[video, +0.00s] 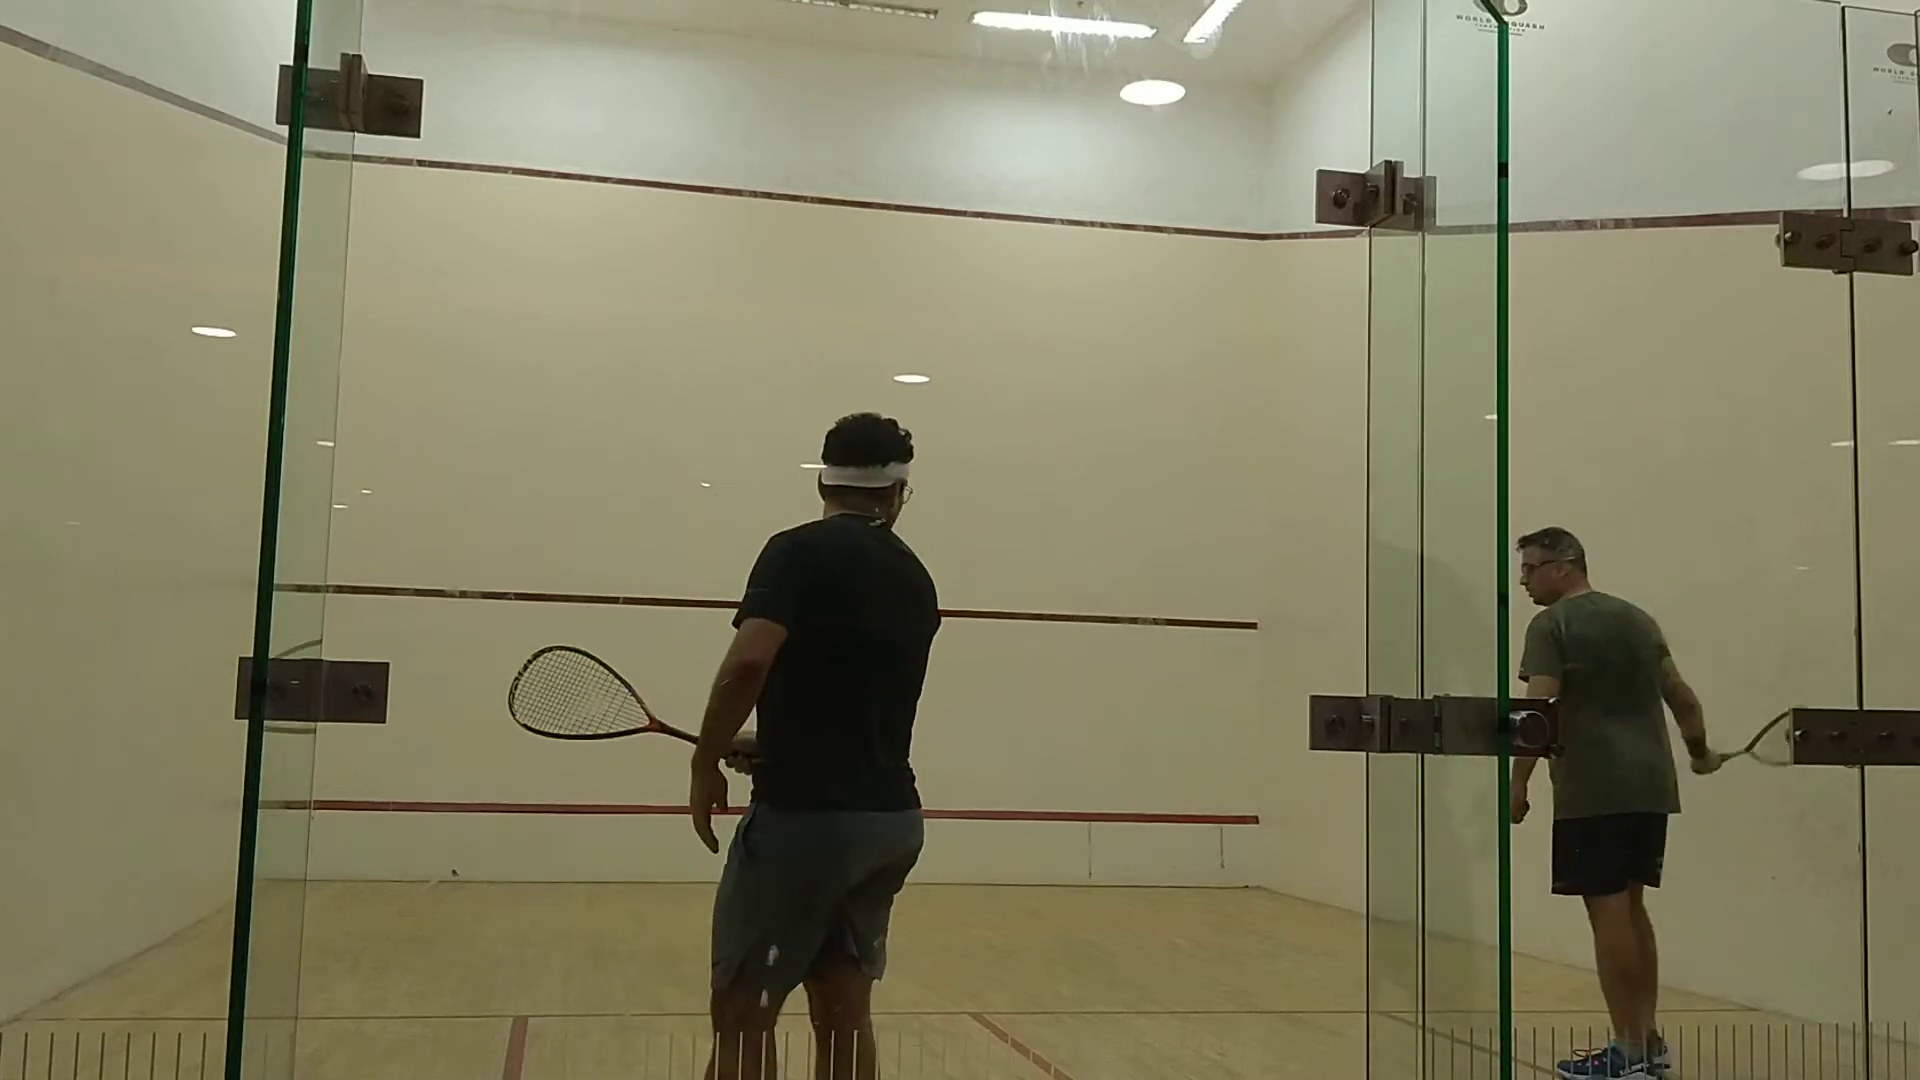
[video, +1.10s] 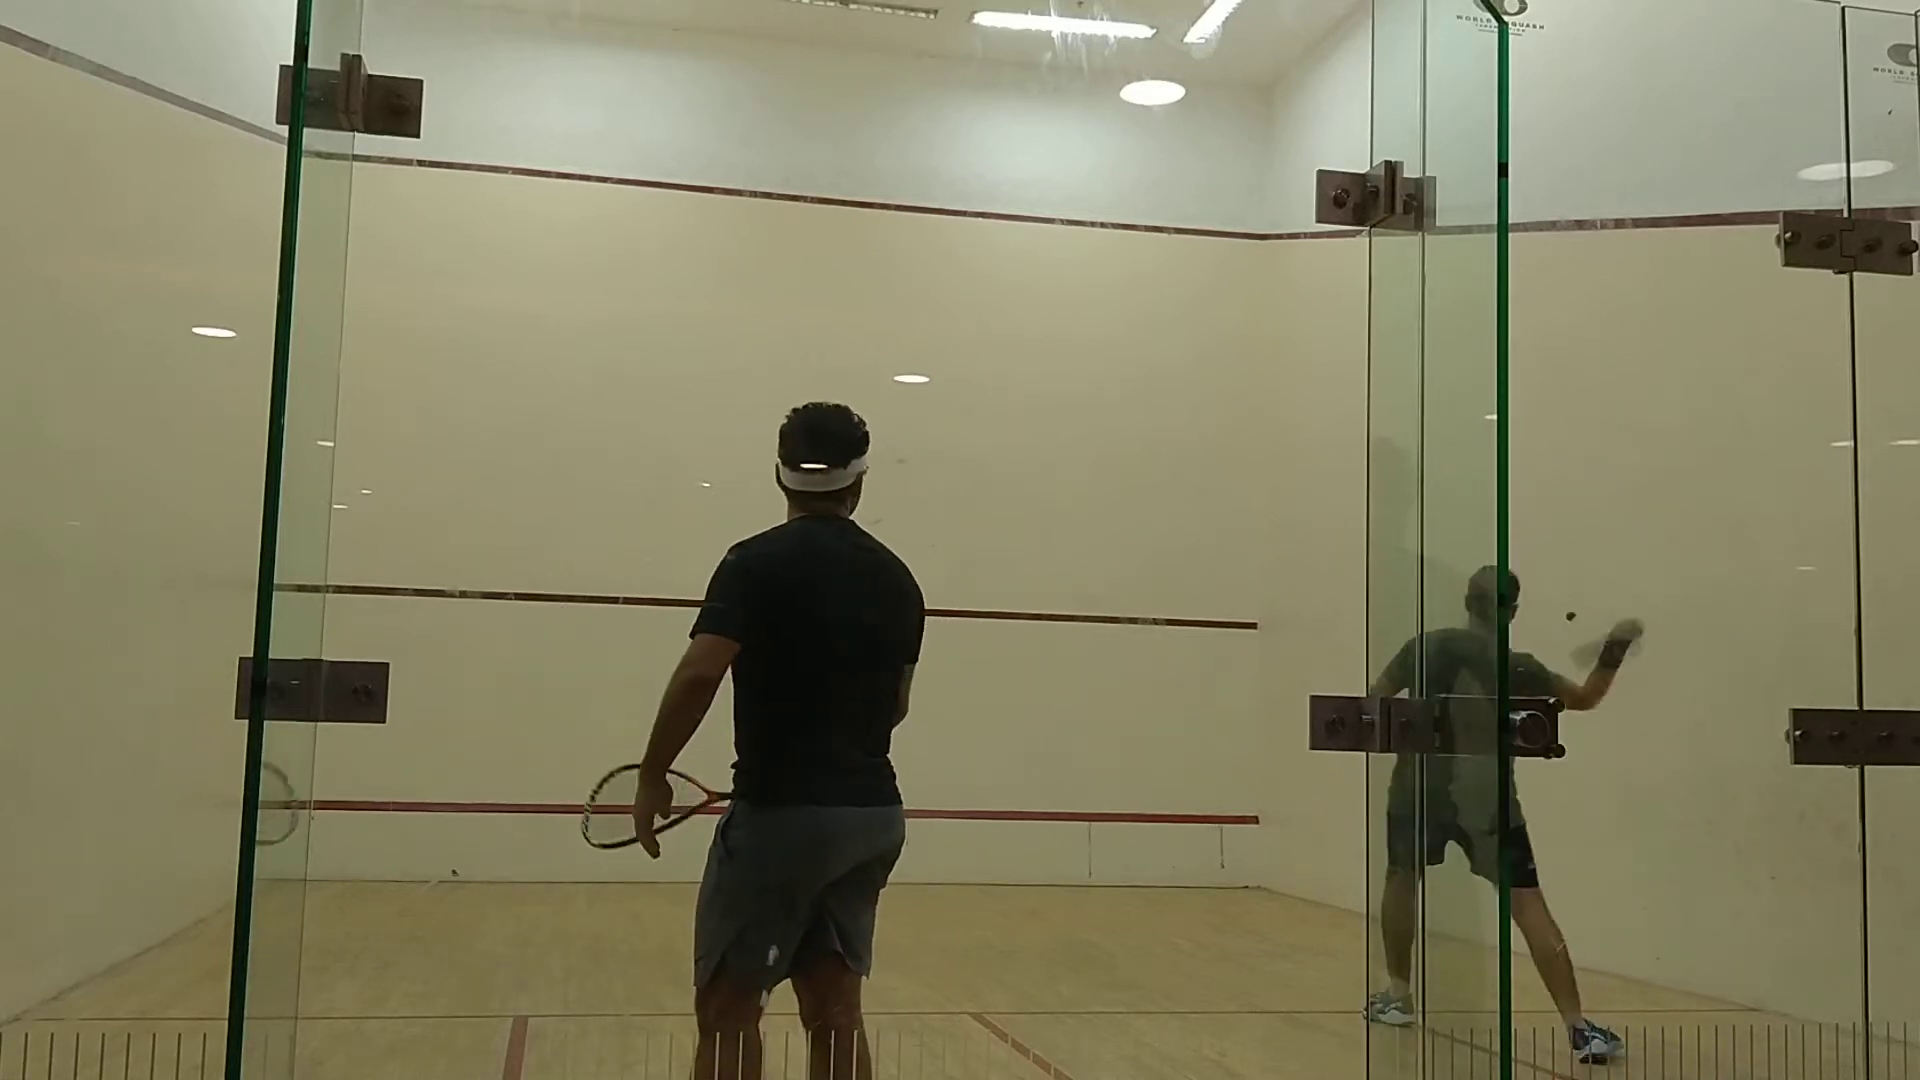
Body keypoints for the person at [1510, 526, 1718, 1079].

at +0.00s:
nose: (1524, 583)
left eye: (1529, 571)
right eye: (1523, 572)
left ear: (1564, 566)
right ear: (1576, 568)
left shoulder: (1550, 625)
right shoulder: (1637, 618)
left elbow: (1538, 713)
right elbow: (1682, 697)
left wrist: (1518, 783)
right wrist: (1699, 748)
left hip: (1592, 798)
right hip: (1650, 794)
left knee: (1609, 918)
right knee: (1633, 907)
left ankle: (1628, 1052)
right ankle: (1646, 1042)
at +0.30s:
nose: (1530, 581)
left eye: (1531, 572)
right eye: (1532, 571)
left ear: (1541, 572)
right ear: (1582, 570)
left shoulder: (1527, 633)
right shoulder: (1625, 624)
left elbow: (1513, 722)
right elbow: (1689, 684)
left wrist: (1484, 789)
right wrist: (1728, 679)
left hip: (1568, 803)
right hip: (1632, 798)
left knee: (1598, 929)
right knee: (1608, 923)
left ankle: (1630, 1053)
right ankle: (1598, 1046)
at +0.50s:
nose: (1533, 581)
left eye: (1534, 574)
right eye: (1538, 573)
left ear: (1541, 577)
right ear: (1585, 576)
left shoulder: (1512, 638)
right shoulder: (1620, 630)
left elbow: (1484, 716)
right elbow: (1690, 687)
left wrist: (1476, 783)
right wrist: (1717, 653)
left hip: (1540, 804)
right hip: (1613, 802)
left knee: (1538, 907)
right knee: (1603, 908)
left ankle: (1604, 1013)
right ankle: (1598, 1030)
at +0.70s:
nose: (1544, 580)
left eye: (1535, 572)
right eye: (1568, 572)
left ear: (1532, 575)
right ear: (1580, 576)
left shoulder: (1498, 630)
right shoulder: (1600, 628)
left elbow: (1479, 705)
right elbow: (1678, 675)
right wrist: (1695, 628)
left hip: (1514, 791)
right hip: (1587, 792)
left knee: (1504, 881)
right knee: (1593, 901)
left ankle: (1530, 995)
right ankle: (1596, 1032)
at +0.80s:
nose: (1560, 582)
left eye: (1537, 571)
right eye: (1570, 575)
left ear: (1525, 575)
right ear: (1572, 578)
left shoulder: (1491, 627)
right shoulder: (1586, 630)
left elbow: (1474, 700)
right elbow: (1666, 670)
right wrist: (1678, 621)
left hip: (1494, 788)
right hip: (1567, 792)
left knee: (1478, 884)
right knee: (1584, 901)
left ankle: (1477, 1001)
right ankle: (1594, 1030)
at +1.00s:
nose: (1545, 599)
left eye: (1540, 591)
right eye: (1544, 593)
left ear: (1495, 591)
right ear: (1540, 597)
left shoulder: (1454, 638)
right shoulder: (1541, 647)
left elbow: (1410, 701)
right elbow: (1621, 682)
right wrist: (1641, 617)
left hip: (1448, 791)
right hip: (1518, 795)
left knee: (1419, 884)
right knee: (1556, 905)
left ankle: (1395, 992)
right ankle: (1588, 1030)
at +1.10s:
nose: (1504, 611)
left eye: (1489, 599)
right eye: (1510, 603)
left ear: (1469, 600)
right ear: (1513, 608)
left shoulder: (1424, 647)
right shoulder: (1516, 667)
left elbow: (1376, 700)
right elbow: (1585, 697)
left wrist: (1412, 727)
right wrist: (1613, 654)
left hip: (1418, 793)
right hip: (1487, 799)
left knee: (1401, 880)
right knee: (1530, 908)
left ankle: (1398, 997)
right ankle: (1579, 1029)